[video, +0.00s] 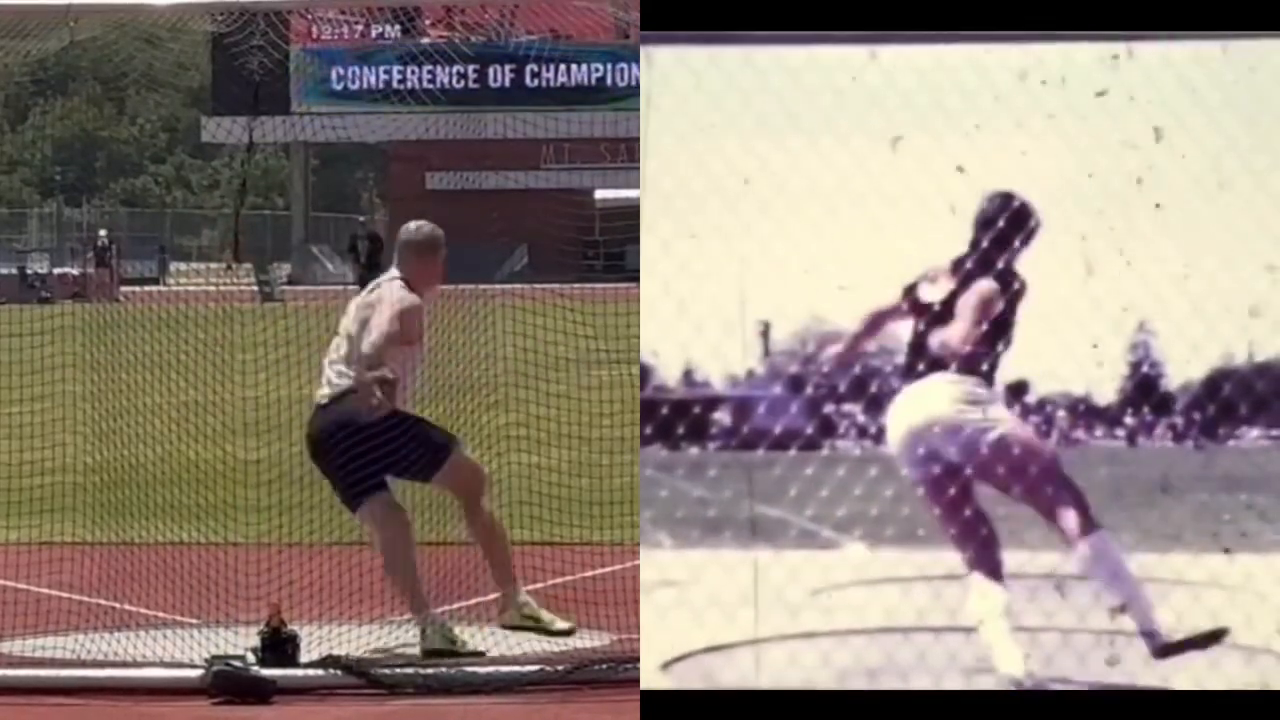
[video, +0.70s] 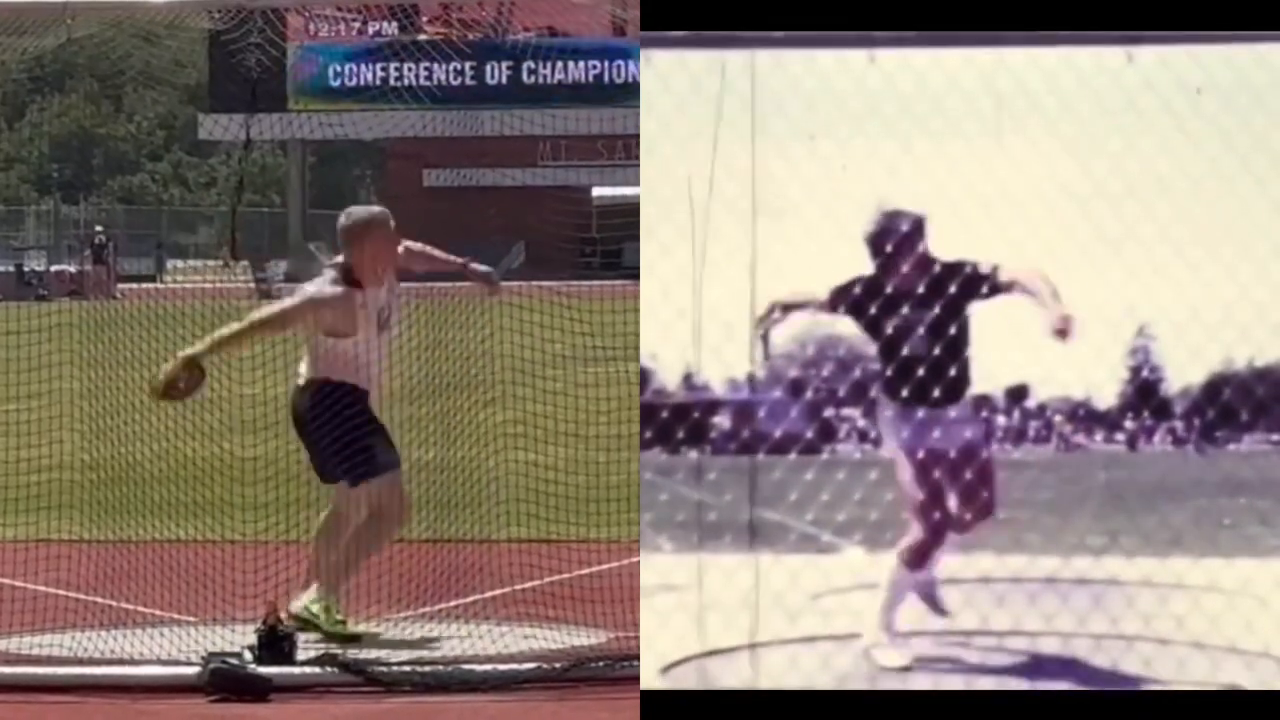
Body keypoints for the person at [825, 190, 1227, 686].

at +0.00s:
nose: (1025, 253)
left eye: (1026, 241)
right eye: (1024, 241)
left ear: (978, 231)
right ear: (1013, 240)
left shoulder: (931, 282)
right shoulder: (1002, 279)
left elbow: (878, 317)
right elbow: (975, 300)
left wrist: (842, 354)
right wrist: (958, 339)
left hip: (903, 412)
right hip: (955, 397)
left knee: (978, 550)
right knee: (1065, 505)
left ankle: (1011, 671)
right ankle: (1154, 631)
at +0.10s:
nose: (984, 251)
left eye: (980, 246)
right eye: (984, 245)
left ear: (936, 237)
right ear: (980, 240)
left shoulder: (896, 281)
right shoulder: (986, 273)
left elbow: (828, 318)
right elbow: (1030, 297)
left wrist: (801, 368)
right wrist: (1083, 318)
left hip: (915, 418)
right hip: (976, 398)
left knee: (970, 538)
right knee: (1060, 482)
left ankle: (1008, 668)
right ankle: (1127, 585)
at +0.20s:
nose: (926, 232)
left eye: (913, 225)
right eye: (936, 221)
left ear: (900, 222)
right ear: (944, 213)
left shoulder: (882, 268)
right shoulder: (974, 258)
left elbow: (831, 307)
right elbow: (1045, 284)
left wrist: (806, 353)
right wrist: (1117, 304)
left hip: (938, 398)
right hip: (990, 378)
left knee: (977, 520)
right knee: (1012, 469)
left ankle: (1019, 650)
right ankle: (1065, 562)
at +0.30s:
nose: (861, 212)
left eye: (866, 203)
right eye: (863, 202)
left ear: (882, 206)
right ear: (909, 201)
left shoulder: (884, 261)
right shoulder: (956, 245)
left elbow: (850, 310)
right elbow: (1031, 270)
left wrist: (802, 344)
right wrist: (1098, 288)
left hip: (953, 395)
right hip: (993, 378)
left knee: (998, 521)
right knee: (936, 468)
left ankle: (1063, 593)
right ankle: (1006, 580)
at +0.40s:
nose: (856, 212)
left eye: (862, 200)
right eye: (854, 201)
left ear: (888, 199)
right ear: (880, 201)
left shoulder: (915, 247)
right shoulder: (893, 247)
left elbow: (894, 310)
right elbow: (982, 262)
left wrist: (825, 327)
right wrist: (1038, 278)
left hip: (971, 394)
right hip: (934, 397)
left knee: (998, 520)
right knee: (901, 497)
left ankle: (1109, 468)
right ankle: (935, 614)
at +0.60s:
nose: (893, 257)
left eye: (899, 245)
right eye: (883, 247)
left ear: (912, 239)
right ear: (868, 249)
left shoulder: (939, 275)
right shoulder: (867, 287)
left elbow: (992, 305)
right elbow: (866, 315)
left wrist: (931, 329)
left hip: (962, 410)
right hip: (904, 413)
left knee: (999, 521)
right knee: (910, 532)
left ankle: (978, 518)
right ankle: (893, 635)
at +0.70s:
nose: (913, 263)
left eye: (915, 252)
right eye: (902, 256)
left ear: (923, 247)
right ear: (883, 259)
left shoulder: (953, 278)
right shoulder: (868, 293)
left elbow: (1025, 278)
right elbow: (823, 304)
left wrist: (1056, 309)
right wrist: (783, 305)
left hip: (956, 414)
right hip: (904, 419)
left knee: (975, 508)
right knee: (932, 526)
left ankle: (923, 566)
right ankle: (880, 628)